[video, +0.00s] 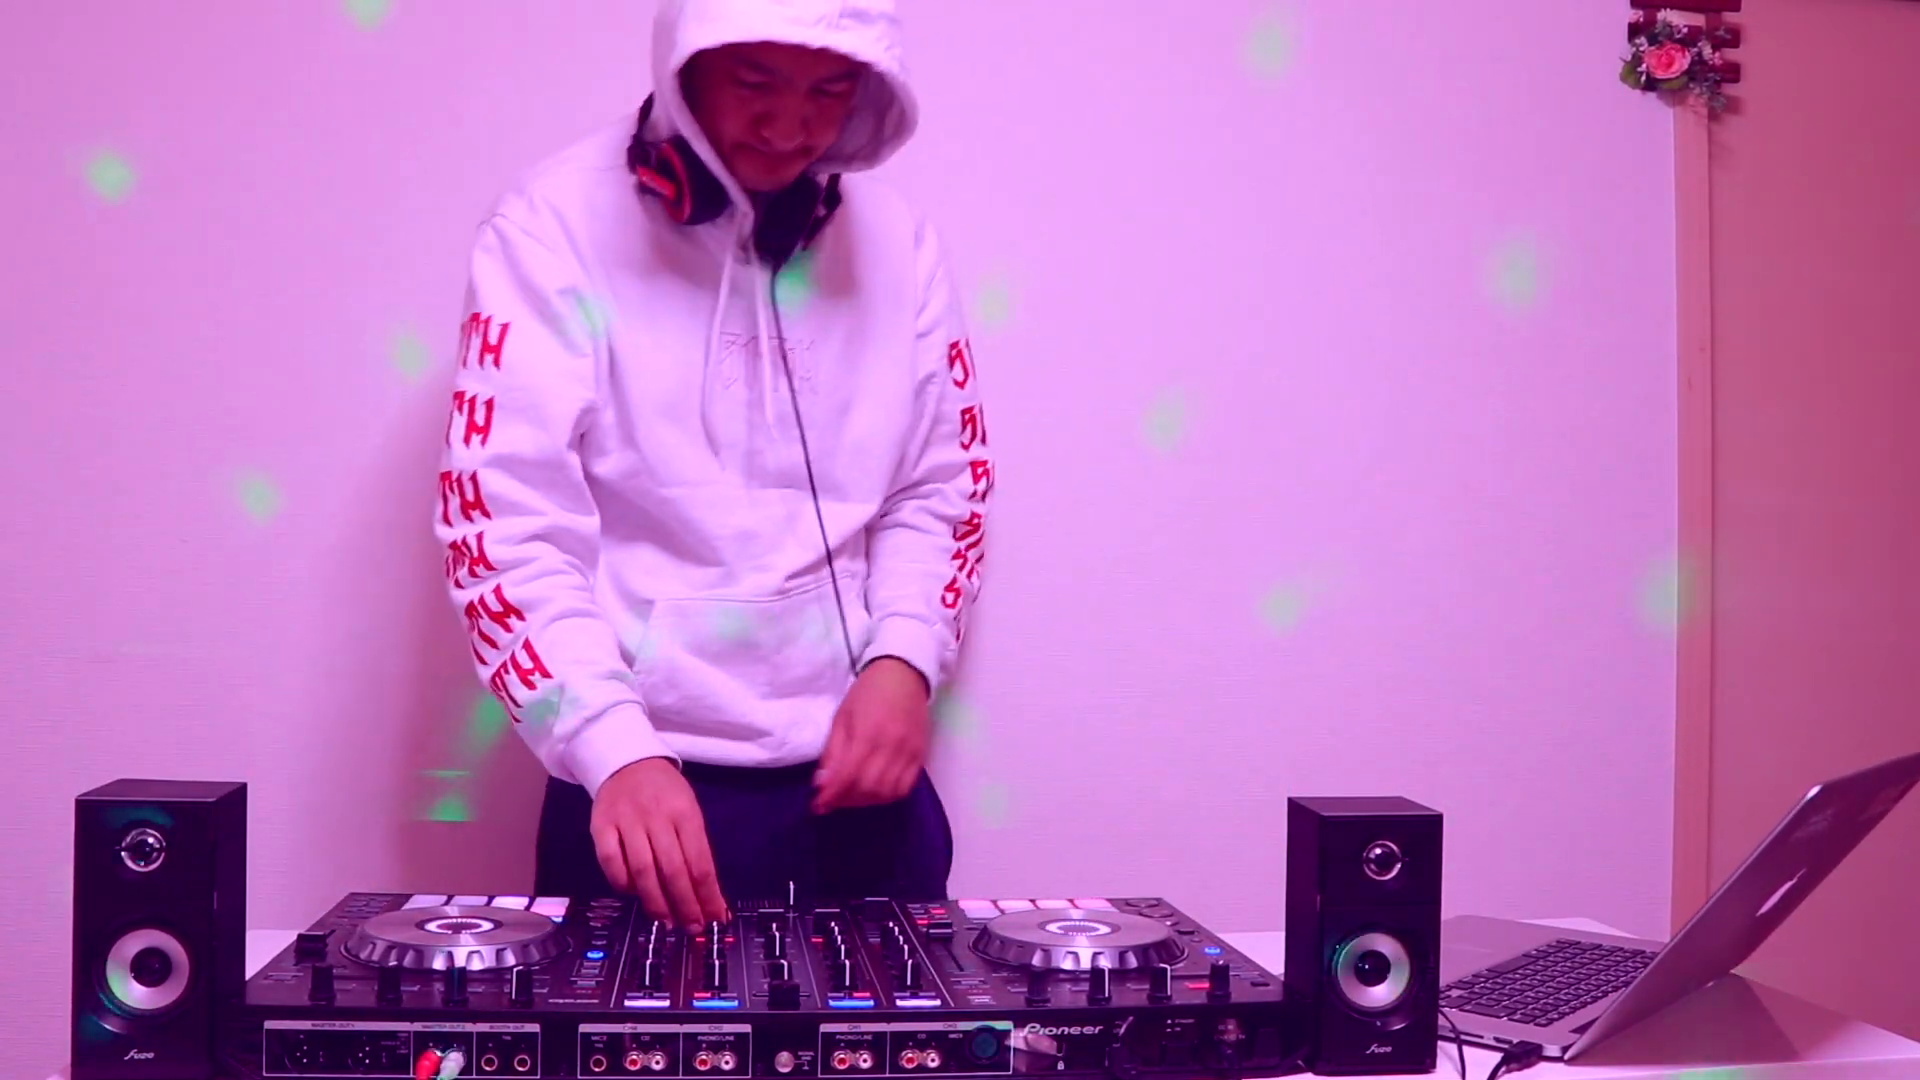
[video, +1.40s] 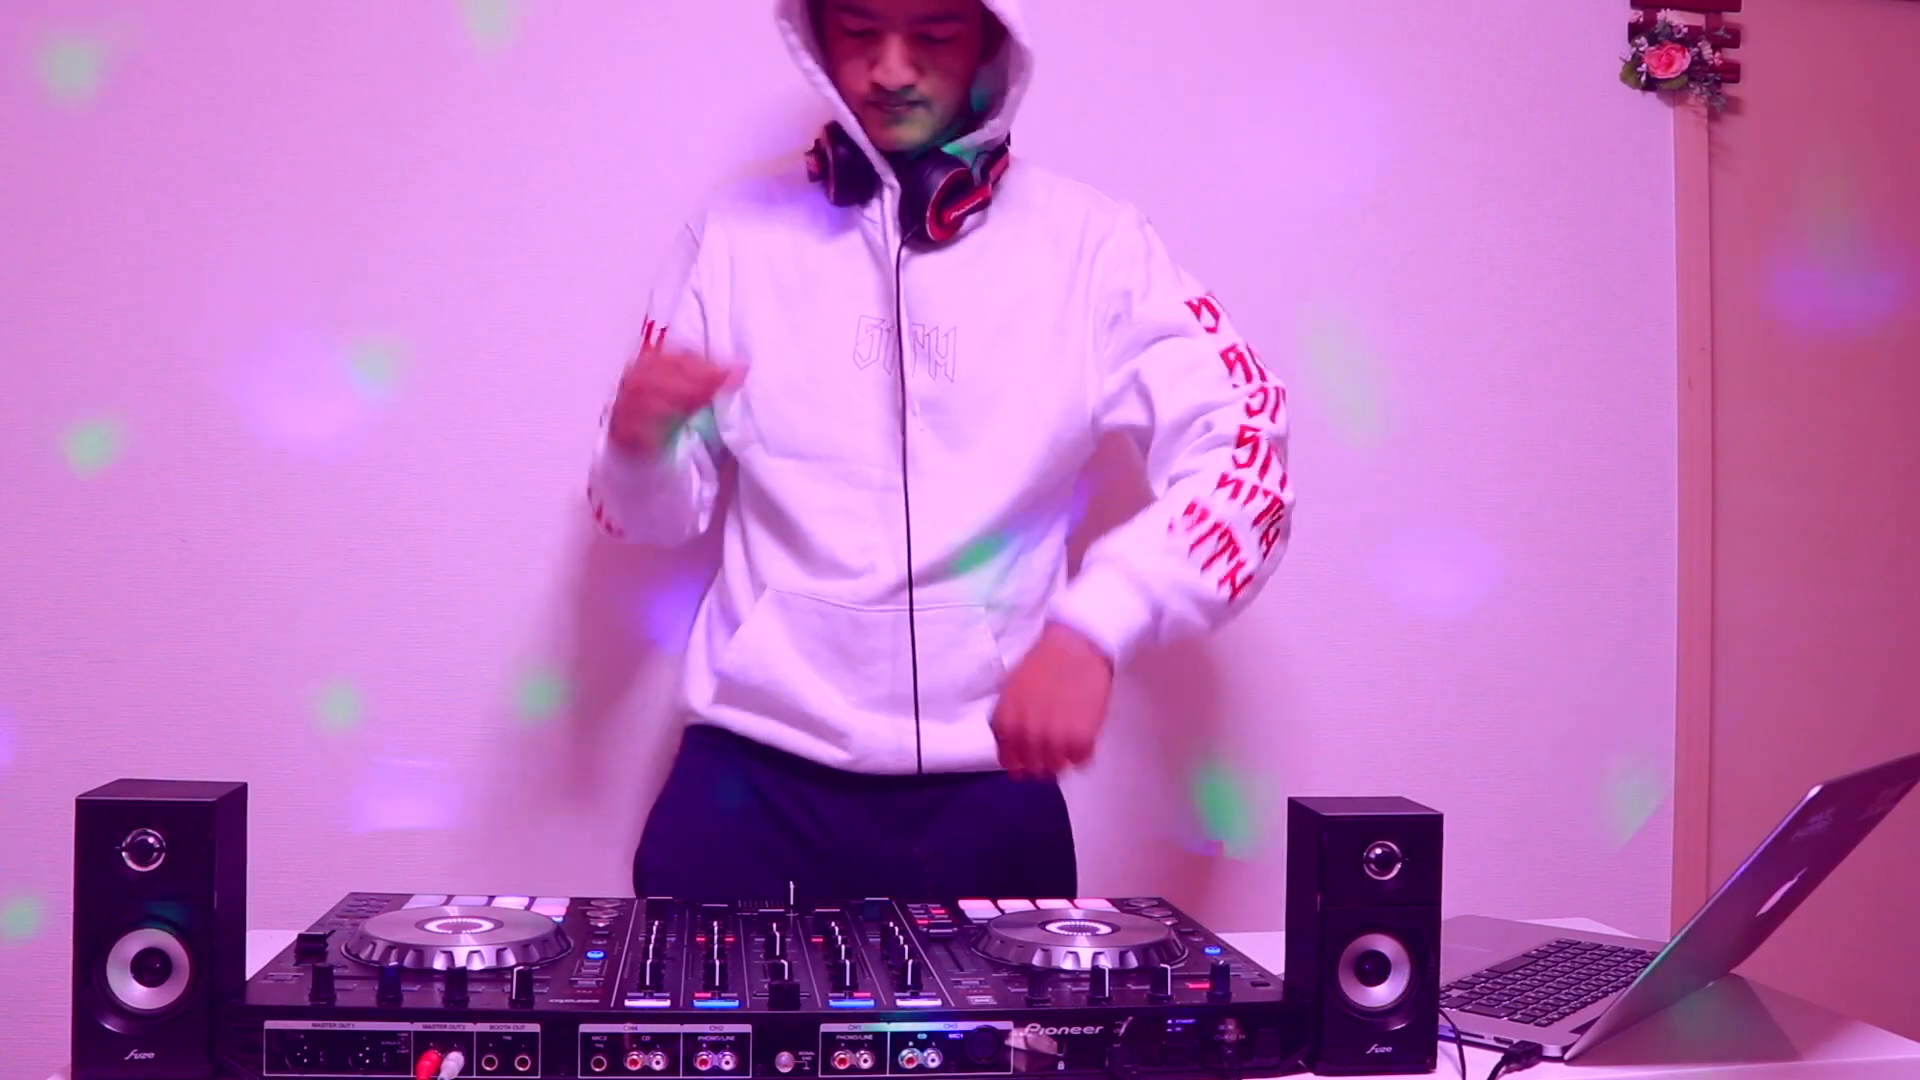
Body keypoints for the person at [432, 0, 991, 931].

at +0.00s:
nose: (787, 121)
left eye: (828, 86)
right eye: (753, 78)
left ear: (861, 95)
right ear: (683, 67)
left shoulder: (897, 239)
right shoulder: (556, 231)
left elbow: (944, 485)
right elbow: (506, 526)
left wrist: (904, 663)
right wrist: (616, 753)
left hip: (863, 788)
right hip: (645, 796)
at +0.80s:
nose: (820, 57)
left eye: (860, 24)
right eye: (783, 19)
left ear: (904, 35)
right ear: (735, 27)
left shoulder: (981, 245)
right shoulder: (627, 230)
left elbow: (1059, 495)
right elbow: (572, 507)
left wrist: (893, 548)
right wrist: (623, 708)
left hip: (912, 804)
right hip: (675, 793)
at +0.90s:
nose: (853, 49)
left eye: (892, 17)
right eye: (820, 11)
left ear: (939, 36)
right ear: (772, 23)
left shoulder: (1010, 249)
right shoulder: (662, 223)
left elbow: (1098, 515)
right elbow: (583, 487)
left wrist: (974, 476)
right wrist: (612, 655)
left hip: (938, 800)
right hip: (697, 790)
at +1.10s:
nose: (913, 70)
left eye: (957, 39)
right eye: (880, 28)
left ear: (1001, 59)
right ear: (828, 34)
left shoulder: (1059, 264)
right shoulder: (706, 223)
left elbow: (1131, 559)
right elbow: (615, 484)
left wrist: (1077, 406)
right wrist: (624, 667)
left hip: (969, 797)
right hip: (728, 785)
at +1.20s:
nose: (926, 94)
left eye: (970, 60)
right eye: (894, 46)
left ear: (1018, 72)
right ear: (845, 34)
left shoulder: (1073, 261)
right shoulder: (724, 215)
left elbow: (1169, 548)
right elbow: (637, 469)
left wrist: (1130, 431)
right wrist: (640, 630)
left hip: (986, 795)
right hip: (749, 779)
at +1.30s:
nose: (920, 71)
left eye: (962, 37)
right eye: (885, 31)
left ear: (1009, 40)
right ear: (840, 29)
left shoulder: (1089, 245)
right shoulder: (726, 215)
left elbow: (1222, 454)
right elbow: (661, 441)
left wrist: (1118, 507)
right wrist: (650, 517)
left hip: (990, 799)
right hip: (756, 787)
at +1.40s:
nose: (893, 70)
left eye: (935, 35)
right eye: (859, 33)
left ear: (989, 44)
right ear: (819, 41)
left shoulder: (1092, 246)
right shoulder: (740, 233)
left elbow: (1243, 458)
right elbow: (659, 519)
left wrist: (1088, 630)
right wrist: (642, 438)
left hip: (987, 800)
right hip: (755, 789)